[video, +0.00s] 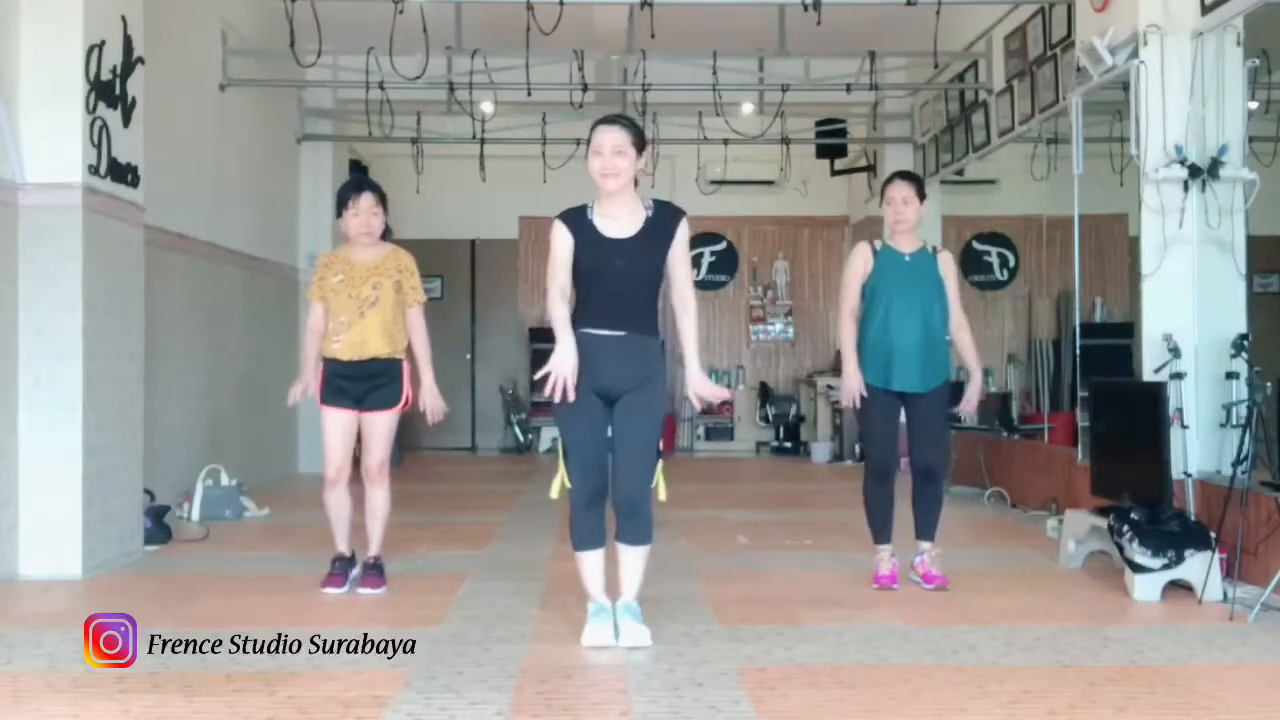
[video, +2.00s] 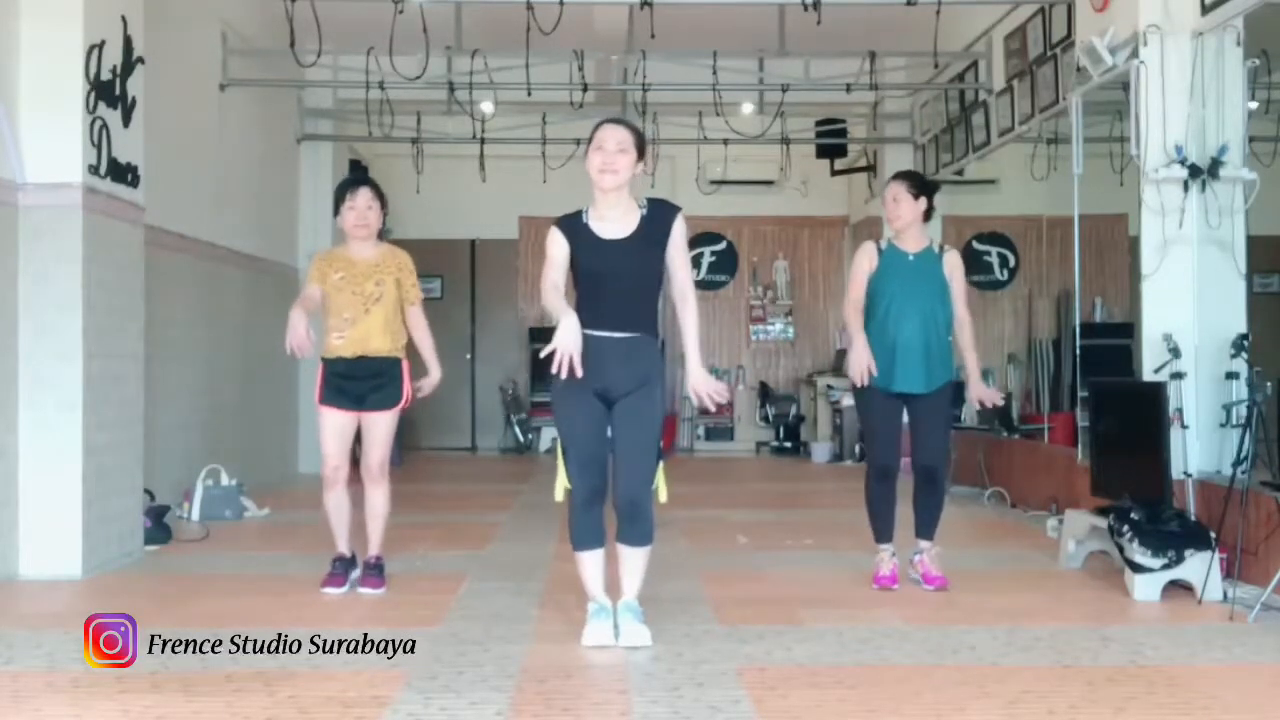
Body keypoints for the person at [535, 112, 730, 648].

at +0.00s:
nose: (607, 161)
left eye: (619, 151)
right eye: (598, 151)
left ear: (641, 159)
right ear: (586, 159)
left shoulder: (670, 223)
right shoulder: (569, 225)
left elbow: (684, 300)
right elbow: (558, 296)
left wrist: (693, 370)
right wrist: (565, 344)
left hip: (644, 369)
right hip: (581, 368)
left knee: (634, 488)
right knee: (587, 486)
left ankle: (628, 605)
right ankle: (597, 605)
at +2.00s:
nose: (608, 158)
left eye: (620, 150)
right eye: (600, 149)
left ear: (639, 162)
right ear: (586, 158)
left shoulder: (666, 220)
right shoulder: (566, 229)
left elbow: (684, 295)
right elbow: (550, 288)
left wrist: (695, 365)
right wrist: (567, 317)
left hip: (642, 370)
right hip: (578, 369)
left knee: (635, 491)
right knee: (585, 489)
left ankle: (629, 604)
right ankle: (597, 604)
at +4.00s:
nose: (607, 166)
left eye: (618, 156)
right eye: (597, 155)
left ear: (635, 165)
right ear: (582, 163)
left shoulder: (664, 220)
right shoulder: (562, 231)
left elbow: (685, 291)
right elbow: (544, 292)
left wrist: (692, 361)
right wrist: (567, 299)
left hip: (641, 368)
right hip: (576, 368)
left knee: (635, 490)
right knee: (585, 488)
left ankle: (629, 605)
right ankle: (597, 605)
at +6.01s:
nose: (594, 172)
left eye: (604, 163)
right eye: (583, 162)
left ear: (619, 173)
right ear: (565, 171)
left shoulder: (641, 231)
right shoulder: (540, 235)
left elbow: (660, 296)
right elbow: (516, 316)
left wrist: (673, 362)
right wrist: (533, 300)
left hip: (624, 370)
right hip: (559, 370)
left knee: (627, 492)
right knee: (571, 502)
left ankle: (622, 623)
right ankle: (588, 611)